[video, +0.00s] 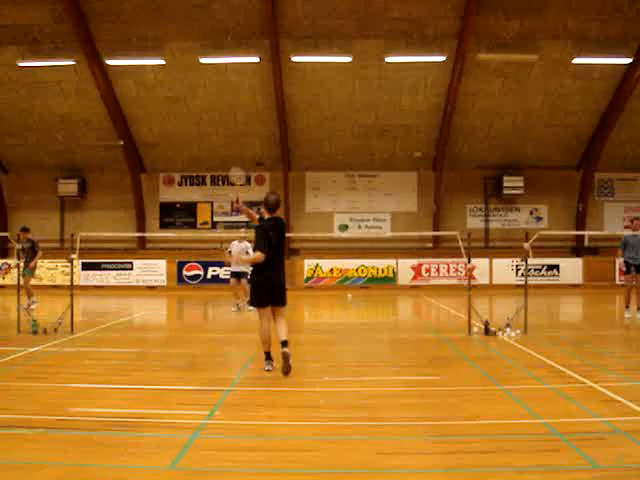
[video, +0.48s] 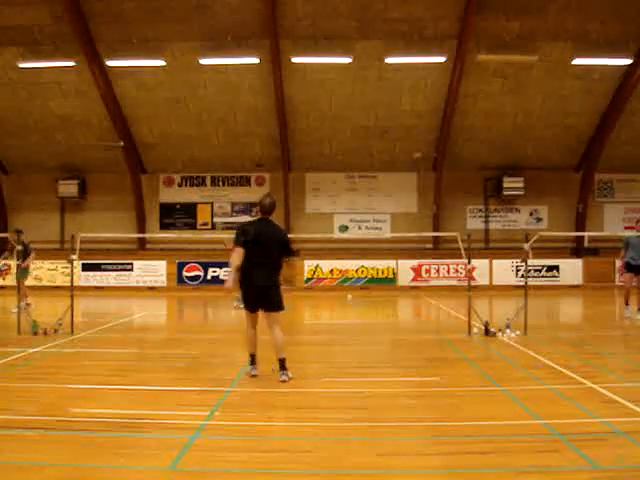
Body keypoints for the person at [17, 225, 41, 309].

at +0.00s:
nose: (22, 236)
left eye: (23, 234)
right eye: (21, 234)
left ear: (27, 233)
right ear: (21, 234)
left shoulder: (33, 242)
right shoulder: (23, 242)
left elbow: (39, 252)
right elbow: (18, 246)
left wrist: (33, 262)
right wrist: (11, 239)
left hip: (31, 263)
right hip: (25, 262)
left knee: (26, 282)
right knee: (25, 283)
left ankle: (33, 299)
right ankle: (29, 300)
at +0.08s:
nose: (21, 237)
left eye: (22, 235)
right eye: (20, 235)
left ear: (26, 234)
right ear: (20, 235)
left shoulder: (32, 243)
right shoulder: (23, 244)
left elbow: (39, 252)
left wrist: (33, 262)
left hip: (30, 264)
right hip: (25, 264)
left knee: (26, 283)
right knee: (25, 283)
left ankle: (30, 302)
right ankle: (28, 302)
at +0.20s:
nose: (20, 238)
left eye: (21, 236)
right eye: (19, 236)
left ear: (25, 235)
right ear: (18, 236)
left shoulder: (28, 244)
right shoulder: (20, 244)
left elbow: (37, 253)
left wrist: (31, 263)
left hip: (27, 265)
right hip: (21, 265)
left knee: (25, 284)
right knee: (24, 284)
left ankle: (28, 302)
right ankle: (29, 302)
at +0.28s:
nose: (20, 238)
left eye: (21, 236)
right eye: (18, 236)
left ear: (24, 235)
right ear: (18, 236)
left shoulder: (29, 244)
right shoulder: (19, 245)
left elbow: (36, 254)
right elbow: (18, 257)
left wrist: (31, 263)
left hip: (27, 265)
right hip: (21, 265)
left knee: (24, 284)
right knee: (24, 284)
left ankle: (21, 302)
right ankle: (30, 302)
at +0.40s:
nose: (17, 238)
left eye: (19, 236)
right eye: (16, 236)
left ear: (22, 235)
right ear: (15, 236)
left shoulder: (26, 244)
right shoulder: (17, 245)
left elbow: (34, 253)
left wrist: (28, 263)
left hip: (25, 265)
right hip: (19, 265)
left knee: (22, 284)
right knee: (22, 284)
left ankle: (21, 303)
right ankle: (29, 301)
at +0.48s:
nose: (18, 238)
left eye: (19, 236)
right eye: (17, 236)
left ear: (22, 236)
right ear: (16, 237)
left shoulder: (25, 245)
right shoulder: (17, 246)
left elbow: (32, 254)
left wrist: (26, 263)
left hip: (24, 266)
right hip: (19, 265)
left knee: (21, 284)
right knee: (20, 284)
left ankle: (20, 305)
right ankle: (27, 301)